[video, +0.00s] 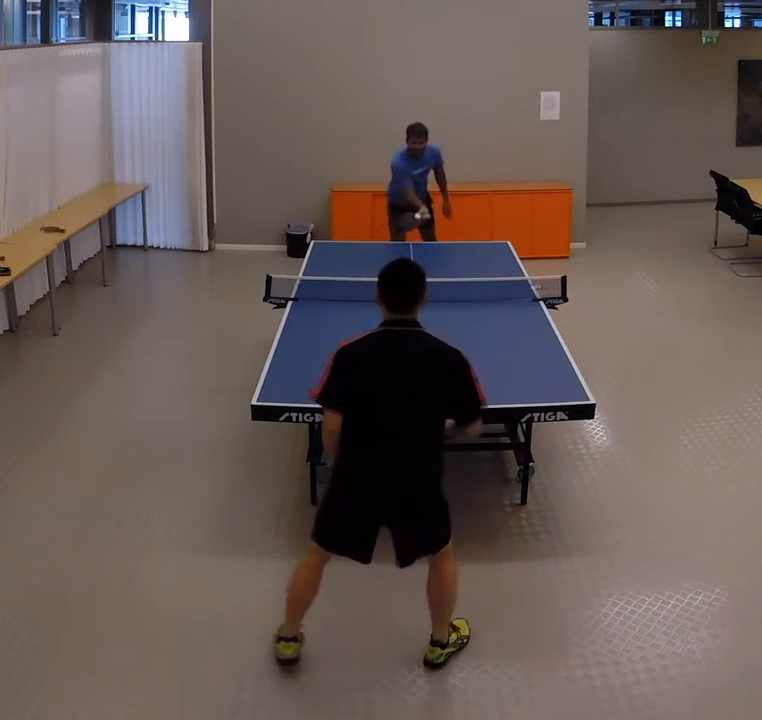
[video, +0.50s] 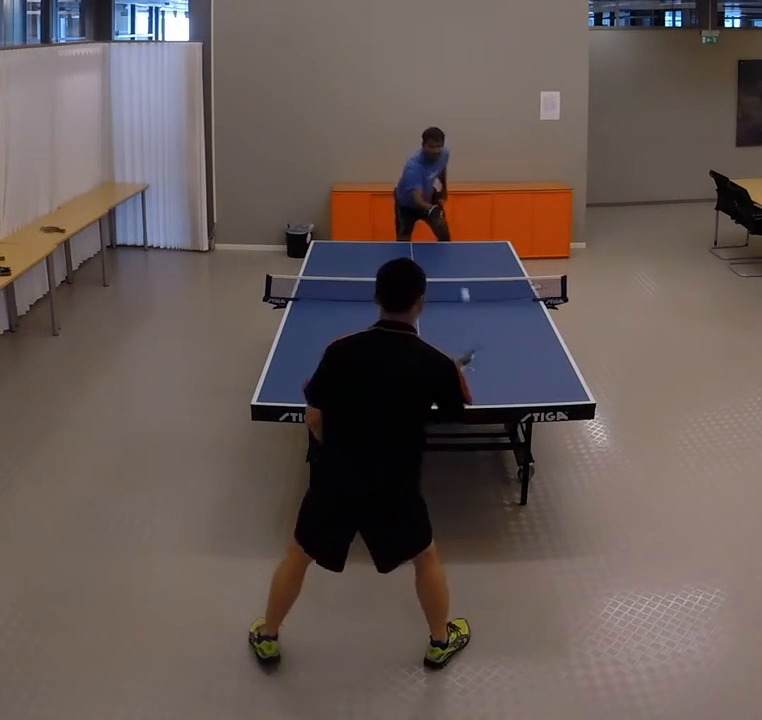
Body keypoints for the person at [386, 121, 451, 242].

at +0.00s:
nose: (417, 147)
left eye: (421, 143)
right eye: (413, 143)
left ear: (426, 141)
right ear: (407, 141)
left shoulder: (433, 153)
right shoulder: (399, 163)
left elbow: (440, 176)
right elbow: (408, 193)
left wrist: (446, 201)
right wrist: (421, 207)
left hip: (421, 198)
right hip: (398, 201)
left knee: (431, 241)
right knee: (398, 243)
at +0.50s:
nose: (435, 151)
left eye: (438, 147)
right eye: (431, 147)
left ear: (442, 146)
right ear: (423, 145)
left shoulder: (444, 155)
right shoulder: (414, 165)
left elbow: (442, 173)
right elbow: (416, 197)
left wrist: (444, 190)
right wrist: (430, 208)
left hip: (429, 199)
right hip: (407, 202)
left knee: (444, 235)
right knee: (403, 240)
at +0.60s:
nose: (444, 149)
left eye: (447, 145)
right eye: (440, 145)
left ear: (452, 145)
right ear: (433, 144)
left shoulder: (453, 158)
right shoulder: (419, 166)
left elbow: (453, 176)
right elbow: (411, 198)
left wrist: (458, 198)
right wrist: (424, 211)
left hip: (435, 202)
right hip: (413, 204)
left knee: (450, 242)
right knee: (407, 244)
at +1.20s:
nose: (427, 131)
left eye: (430, 127)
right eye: (423, 127)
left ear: (437, 127)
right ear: (418, 127)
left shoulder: (450, 144)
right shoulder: (412, 148)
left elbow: (464, 168)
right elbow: (409, 175)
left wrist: (465, 196)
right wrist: (398, 194)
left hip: (447, 199)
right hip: (422, 200)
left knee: (459, 242)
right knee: (405, 241)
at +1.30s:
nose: (421, 137)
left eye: (425, 133)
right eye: (418, 133)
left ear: (432, 132)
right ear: (413, 133)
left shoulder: (446, 147)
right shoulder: (410, 156)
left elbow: (463, 170)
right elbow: (407, 184)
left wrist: (463, 199)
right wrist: (393, 197)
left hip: (450, 198)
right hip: (426, 200)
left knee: (462, 241)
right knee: (407, 240)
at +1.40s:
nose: (425, 140)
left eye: (428, 136)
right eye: (421, 136)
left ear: (436, 134)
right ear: (417, 136)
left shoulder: (451, 148)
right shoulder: (414, 156)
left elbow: (468, 170)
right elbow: (404, 180)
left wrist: (471, 198)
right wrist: (390, 199)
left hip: (456, 198)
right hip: (431, 200)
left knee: (472, 239)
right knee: (411, 240)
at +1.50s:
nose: (439, 138)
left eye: (443, 135)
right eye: (436, 135)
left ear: (450, 134)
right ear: (432, 134)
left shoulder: (462, 149)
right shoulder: (425, 153)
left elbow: (478, 169)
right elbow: (410, 178)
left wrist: (487, 197)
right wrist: (394, 195)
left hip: (462, 200)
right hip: (436, 202)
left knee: (479, 240)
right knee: (415, 241)